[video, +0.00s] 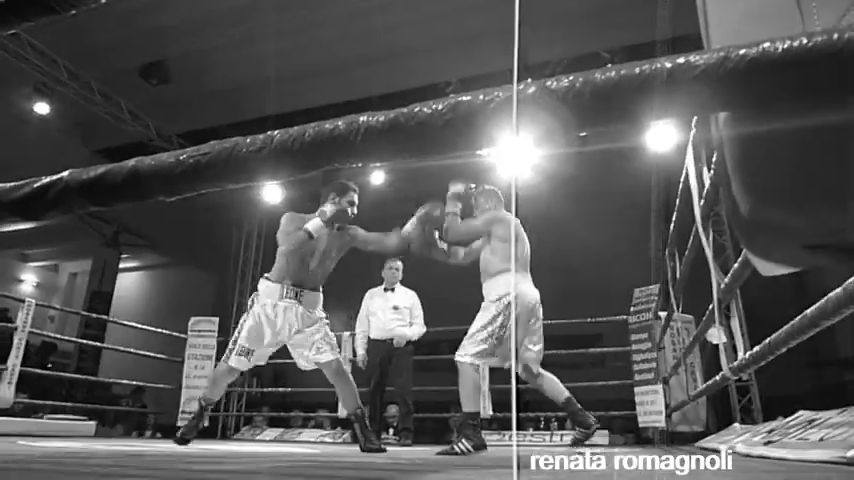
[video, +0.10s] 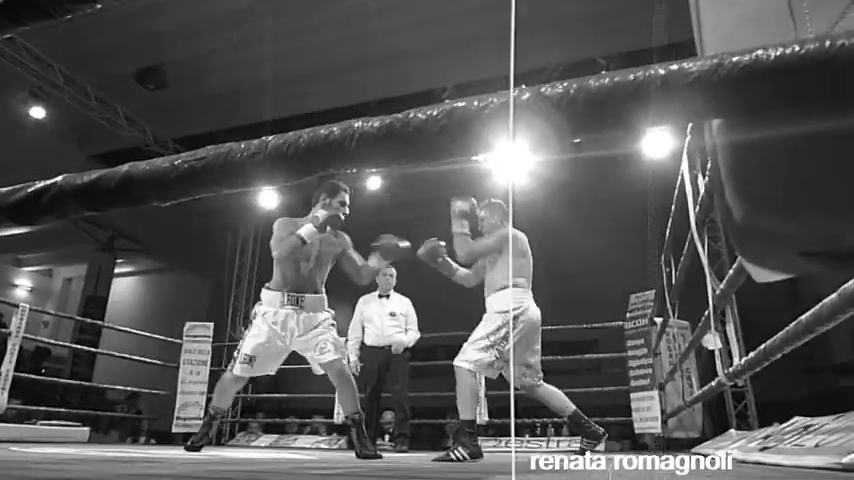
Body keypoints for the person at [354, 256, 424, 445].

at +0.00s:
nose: (393, 273)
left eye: (397, 270)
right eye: (390, 269)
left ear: (401, 274)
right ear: (383, 272)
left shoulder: (410, 296)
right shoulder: (371, 295)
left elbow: (420, 325)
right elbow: (362, 325)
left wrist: (407, 335)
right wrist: (361, 350)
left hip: (401, 344)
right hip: (376, 344)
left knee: (403, 389)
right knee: (375, 389)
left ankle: (405, 432)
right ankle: (374, 431)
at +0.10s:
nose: (388, 279)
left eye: (391, 276)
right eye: (384, 275)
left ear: (396, 280)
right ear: (377, 278)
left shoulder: (404, 303)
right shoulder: (364, 302)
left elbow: (414, 330)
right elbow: (354, 332)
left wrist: (404, 342)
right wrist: (353, 357)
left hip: (396, 351)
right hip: (371, 351)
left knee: (399, 395)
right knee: (370, 396)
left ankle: (401, 439)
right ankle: (369, 440)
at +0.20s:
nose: (410, 297)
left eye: (412, 294)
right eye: (406, 293)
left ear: (416, 298)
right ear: (396, 296)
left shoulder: (423, 320)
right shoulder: (384, 319)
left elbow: (433, 345)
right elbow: (373, 349)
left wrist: (429, 361)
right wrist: (372, 376)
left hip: (419, 369)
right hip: (393, 369)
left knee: (424, 412)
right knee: (392, 413)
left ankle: (426, 456)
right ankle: (390, 456)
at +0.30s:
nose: (416, 296)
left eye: (418, 293)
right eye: (412, 293)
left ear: (422, 298)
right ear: (404, 297)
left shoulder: (428, 320)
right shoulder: (391, 319)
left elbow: (437, 344)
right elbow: (380, 349)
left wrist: (436, 358)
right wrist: (376, 375)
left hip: (423, 368)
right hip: (399, 368)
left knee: (430, 413)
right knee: (399, 414)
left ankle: (436, 454)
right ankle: (395, 455)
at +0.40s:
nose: (418, 295)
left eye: (421, 292)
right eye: (414, 292)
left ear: (425, 297)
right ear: (406, 295)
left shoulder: (431, 320)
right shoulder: (393, 317)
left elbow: (437, 344)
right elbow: (382, 347)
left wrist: (438, 356)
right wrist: (378, 373)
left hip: (425, 367)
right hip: (400, 366)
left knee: (433, 411)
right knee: (399, 413)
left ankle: (439, 453)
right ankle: (394, 454)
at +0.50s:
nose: (422, 290)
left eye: (425, 288)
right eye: (419, 287)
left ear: (429, 292)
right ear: (410, 290)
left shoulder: (434, 316)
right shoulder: (397, 311)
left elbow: (439, 340)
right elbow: (385, 340)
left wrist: (441, 351)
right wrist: (383, 365)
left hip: (428, 362)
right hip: (403, 361)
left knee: (436, 405)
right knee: (399, 407)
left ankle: (440, 447)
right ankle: (391, 448)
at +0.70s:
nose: (440, 266)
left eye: (443, 263)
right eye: (436, 263)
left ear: (447, 268)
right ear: (429, 267)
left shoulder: (451, 291)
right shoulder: (418, 286)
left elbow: (456, 314)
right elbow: (407, 312)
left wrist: (459, 325)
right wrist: (403, 337)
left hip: (447, 336)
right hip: (424, 335)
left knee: (447, 378)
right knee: (414, 378)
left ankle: (443, 418)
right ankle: (397, 417)